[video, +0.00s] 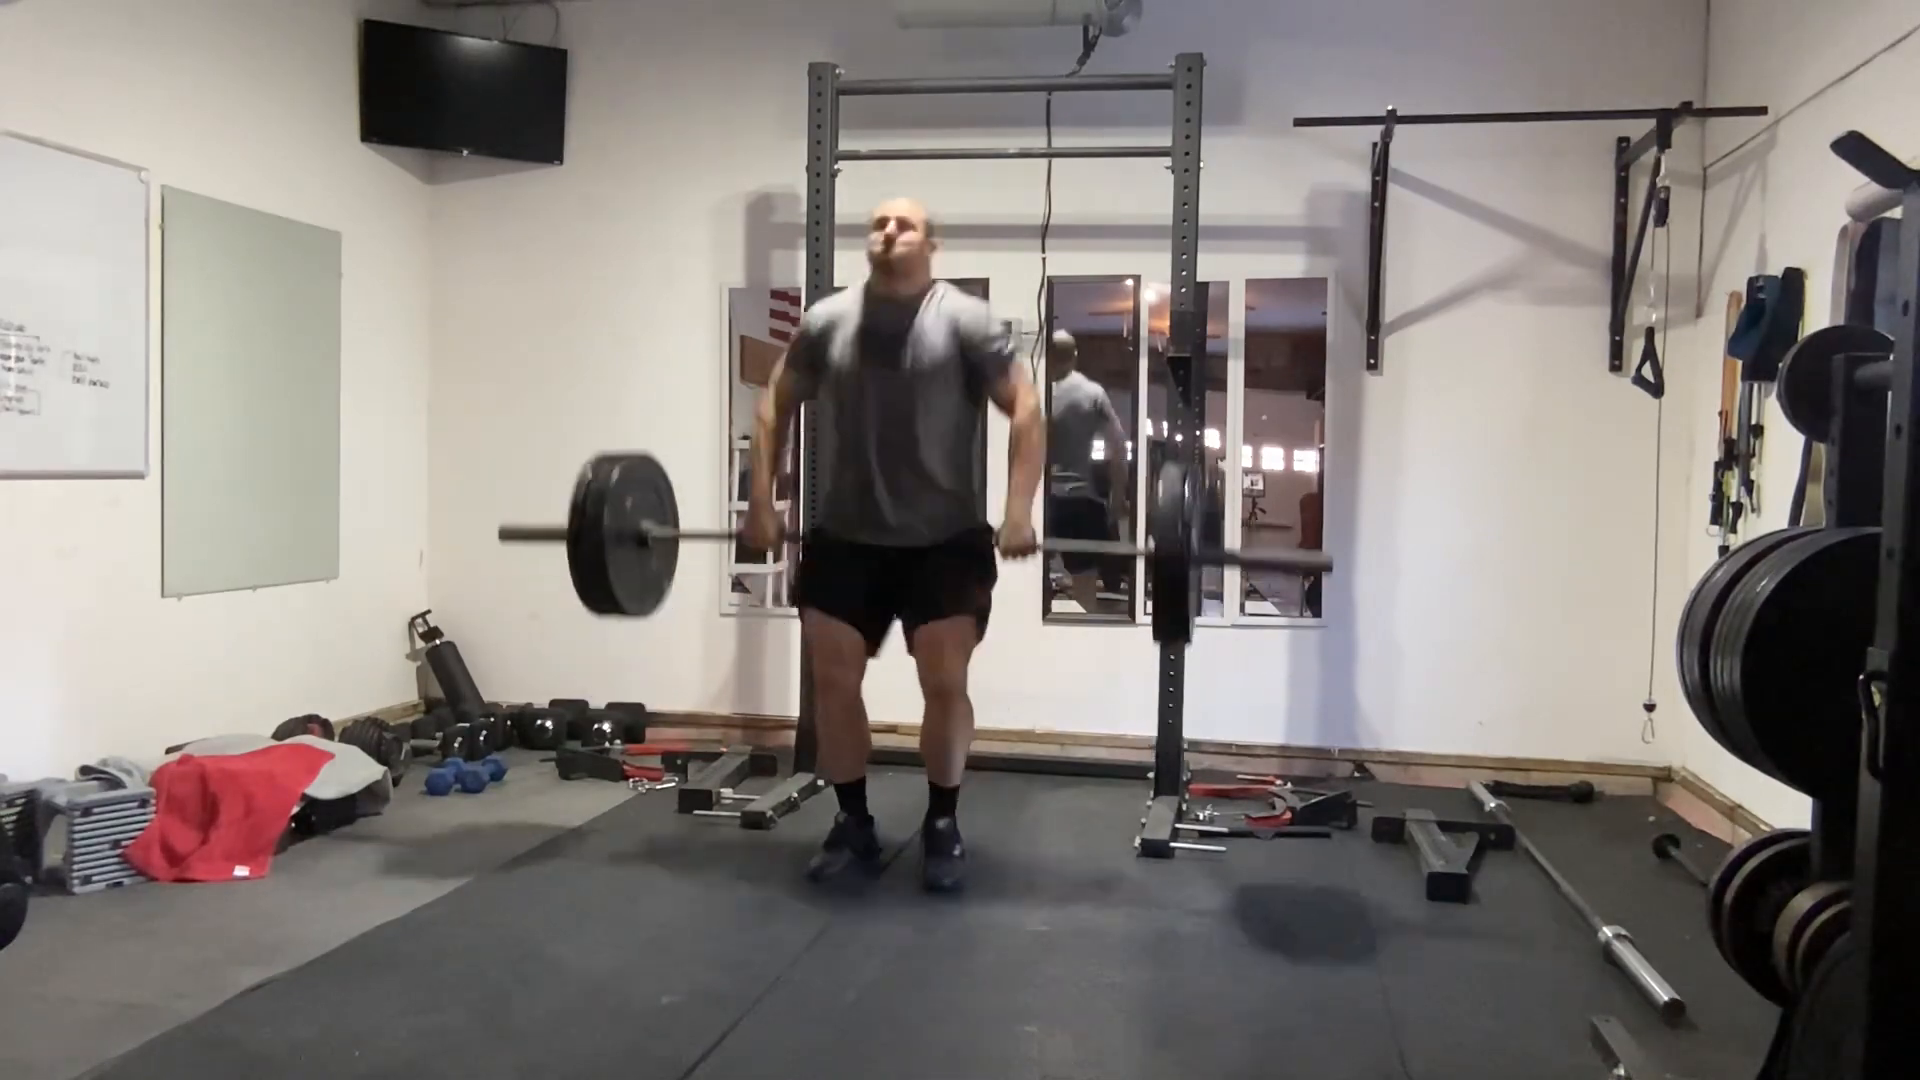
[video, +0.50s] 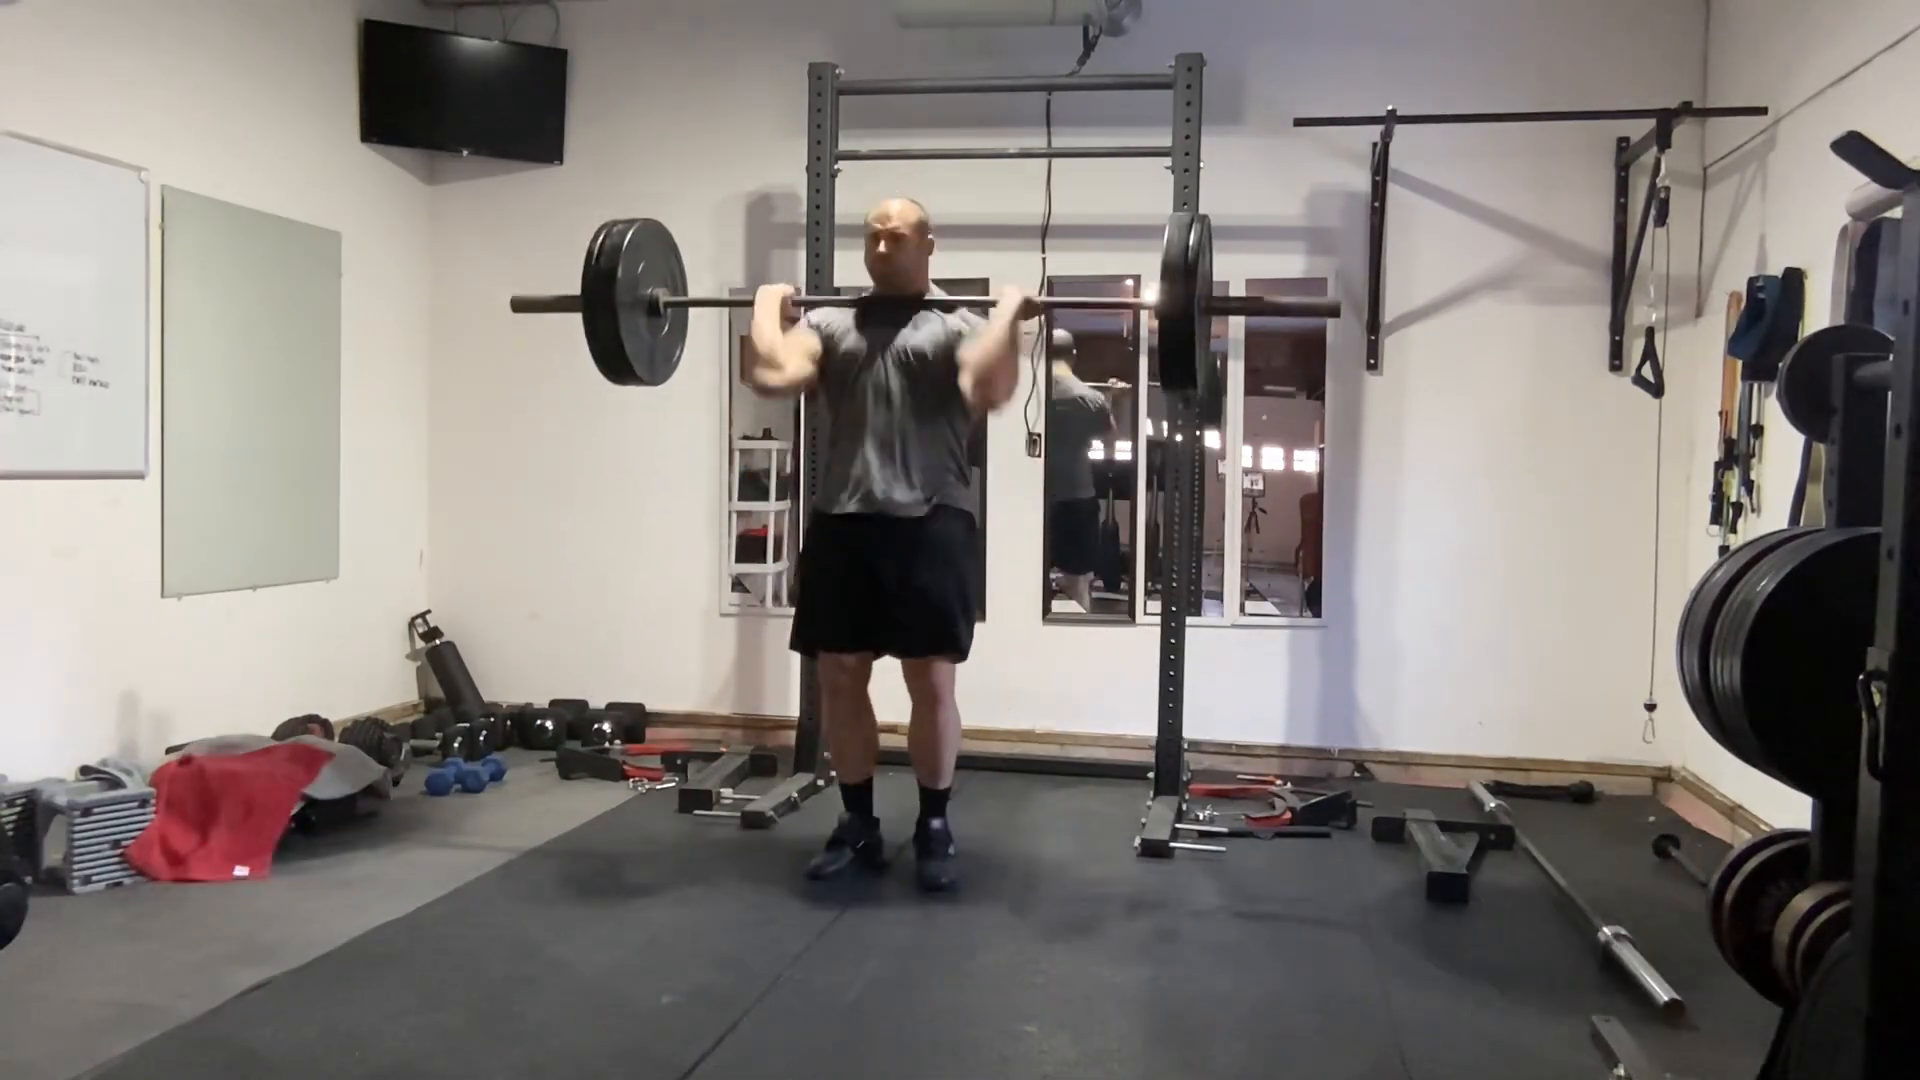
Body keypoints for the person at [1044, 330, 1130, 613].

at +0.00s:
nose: (1049, 363)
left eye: (1051, 357)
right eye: (1053, 356)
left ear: (1050, 358)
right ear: (1075, 356)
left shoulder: (1038, 394)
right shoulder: (1093, 392)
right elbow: (1117, 441)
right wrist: (1118, 494)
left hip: (1046, 495)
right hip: (1082, 494)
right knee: (1083, 576)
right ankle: (1090, 631)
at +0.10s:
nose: (1059, 346)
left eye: (1058, 340)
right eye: (1060, 340)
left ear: (1044, 341)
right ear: (1073, 340)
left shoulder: (1031, 376)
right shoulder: (1093, 374)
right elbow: (1121, 423)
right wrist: (1116, 464)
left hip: (1037, 478)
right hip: (1079, 477)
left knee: (1033, 558)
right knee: (1077, 563)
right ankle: (1082, 626)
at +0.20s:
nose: (1056, 348)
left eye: (1055, 341)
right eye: (1059, 342)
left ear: (1040, 343)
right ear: (1071, 343)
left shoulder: (1027, 377)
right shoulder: (1087, 372)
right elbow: (1126, 413)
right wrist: (1114, 436)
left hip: (1036, 484)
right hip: (1077, 481)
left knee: (1031, 566)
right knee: (1078, 567)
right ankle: (1083, 634)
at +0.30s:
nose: (1059, 353)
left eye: (1057, 347)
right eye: (1063, 347)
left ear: (1045, 350)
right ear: (1072, 350)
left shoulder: (1031, 381)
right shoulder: (1084, 382)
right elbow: (1117, 420)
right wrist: (1120, 401)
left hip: (1039, 486)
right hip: (1077, 485)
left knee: (1037, 560)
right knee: (1077, 564)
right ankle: (1081, 619)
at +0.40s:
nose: (1070, 351)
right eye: (1071, 346)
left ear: (1043, 350)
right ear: (1073, 349)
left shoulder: (1030, 385)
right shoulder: (1088, 389)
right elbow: (1120, 430)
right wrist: (1119, 400)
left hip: (1034, 488)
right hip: (1076, 489)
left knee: (1034, 567)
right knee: (1077, 572)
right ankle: (1080, 630)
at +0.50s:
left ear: (1042, 355)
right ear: (1073, 356)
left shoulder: (1027, 396)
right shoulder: (1088, 398)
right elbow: (1110, 437)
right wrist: (1114, 399)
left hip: (1034, 497)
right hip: (1076, 496)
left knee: (1032, 579)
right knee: (1077, 581)